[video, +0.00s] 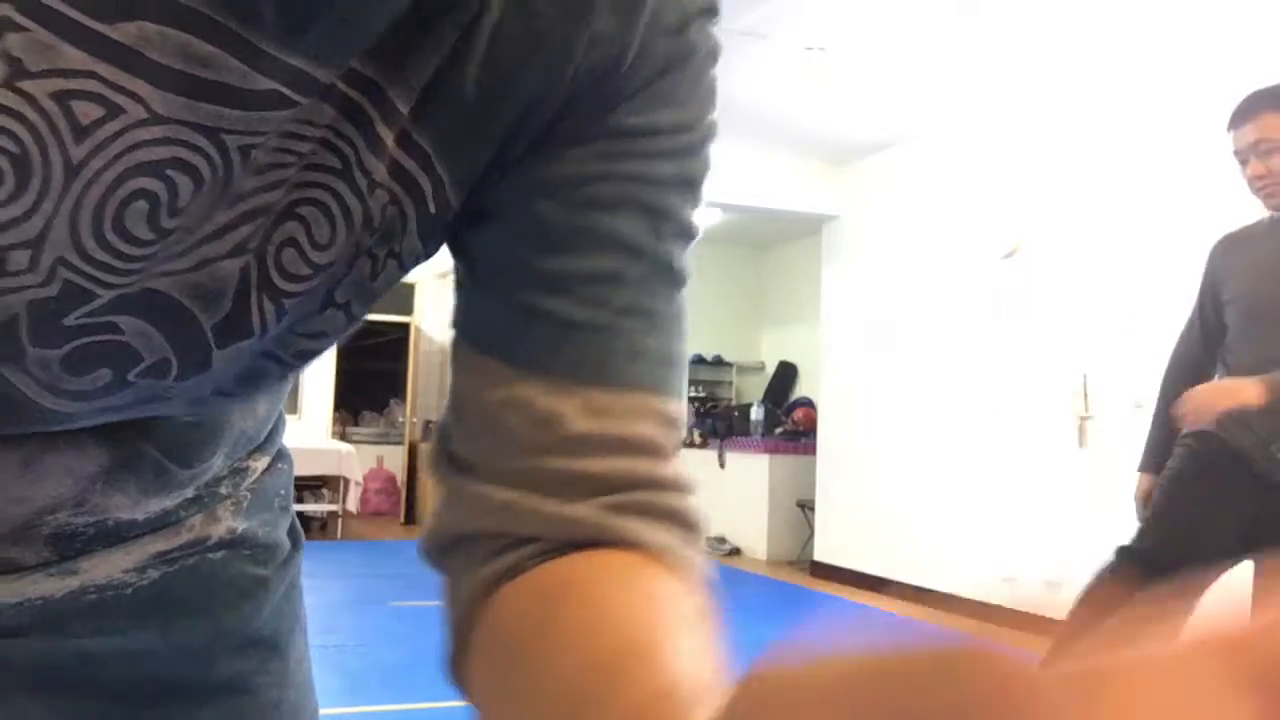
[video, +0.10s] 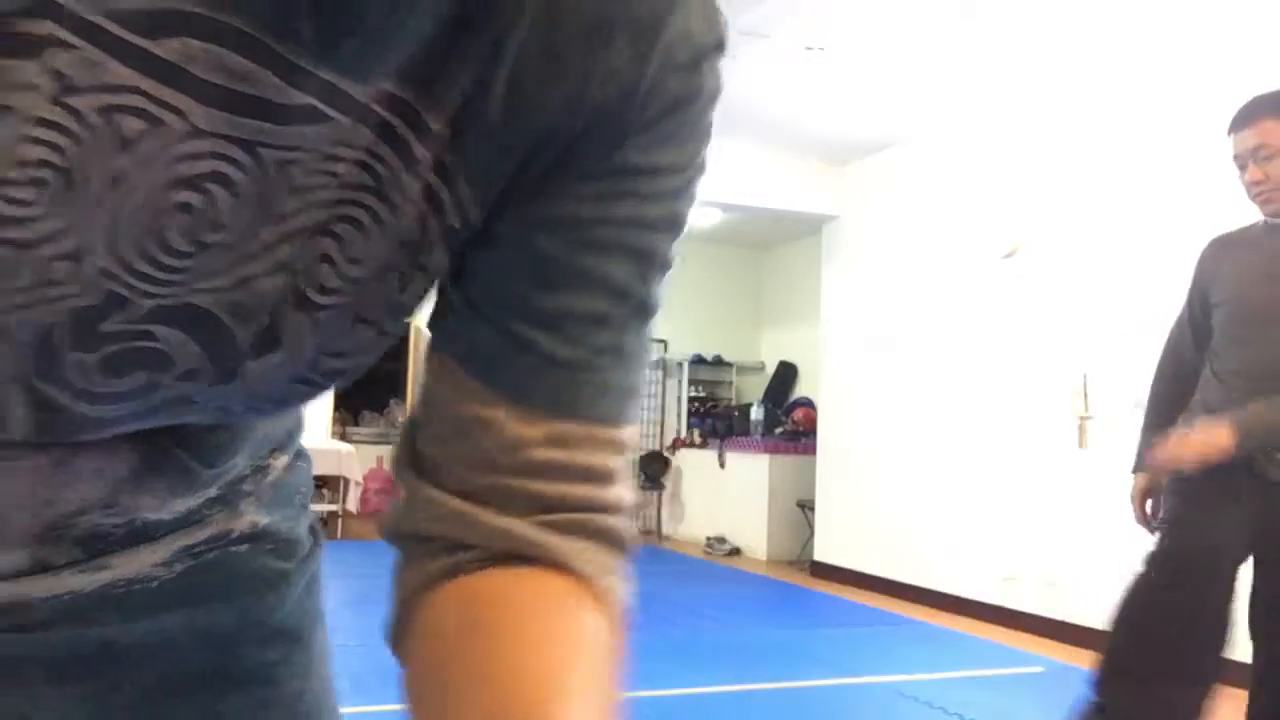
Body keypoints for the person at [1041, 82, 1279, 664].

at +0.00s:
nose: (1260, 170)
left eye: (1269, 150)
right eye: (1247, 157)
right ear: (1237, 165)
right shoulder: (1233, 252)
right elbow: (1189, 364)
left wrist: (1257, 390)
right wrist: (1155, 462)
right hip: (1230, 458)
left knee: (1220, 434)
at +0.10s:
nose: (1254, 174)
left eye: (1266, 154)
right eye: (1243, 161)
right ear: (1235, 168)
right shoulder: (1227, 254)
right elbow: (1181, 363)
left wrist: (1236, 430)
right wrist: (1152, 461)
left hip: (1276, 479)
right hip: (1214, 475)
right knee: (1166, 620)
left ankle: (1264, 709)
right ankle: (1132, 708)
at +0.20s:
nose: (1252, 177)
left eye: (1264, 159)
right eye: (1241, 165)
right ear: (1232, 172)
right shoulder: (1212, 257)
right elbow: (1159, 364)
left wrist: (1247, 459)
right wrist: (1127, 462)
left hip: (1268, 473)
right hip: (1201, 466)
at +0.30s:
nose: (1241, 174)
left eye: (1255, 155)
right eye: (1229, 162)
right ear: (1221, 170)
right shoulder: (1200, 254)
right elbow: (1136, 358)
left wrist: (1275, 464)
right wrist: (1094, 458)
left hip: (1271, 472)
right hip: (1197, 462)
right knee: (1229, 630)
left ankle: (1184, 707)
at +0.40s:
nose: (1225, 170)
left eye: (1241, 150)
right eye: (1213, 158)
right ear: (1204, 166)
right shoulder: (1182, 255)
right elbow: (1113, 356)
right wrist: (1064, 454)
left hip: (1270, 483)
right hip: (1192, 474)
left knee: (1270, 641)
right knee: (1203, 639)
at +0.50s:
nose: (1204, 167)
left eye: (1219, 149)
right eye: (1191, 156)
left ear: (1263, 148)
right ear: (1182, 167)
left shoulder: (1278, 245)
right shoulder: (1159, 258)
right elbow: (1092, 357)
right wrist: (1044, 454)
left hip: (1268, 497)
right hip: (1170, 493)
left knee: (1273, 672)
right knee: (1159, 673)